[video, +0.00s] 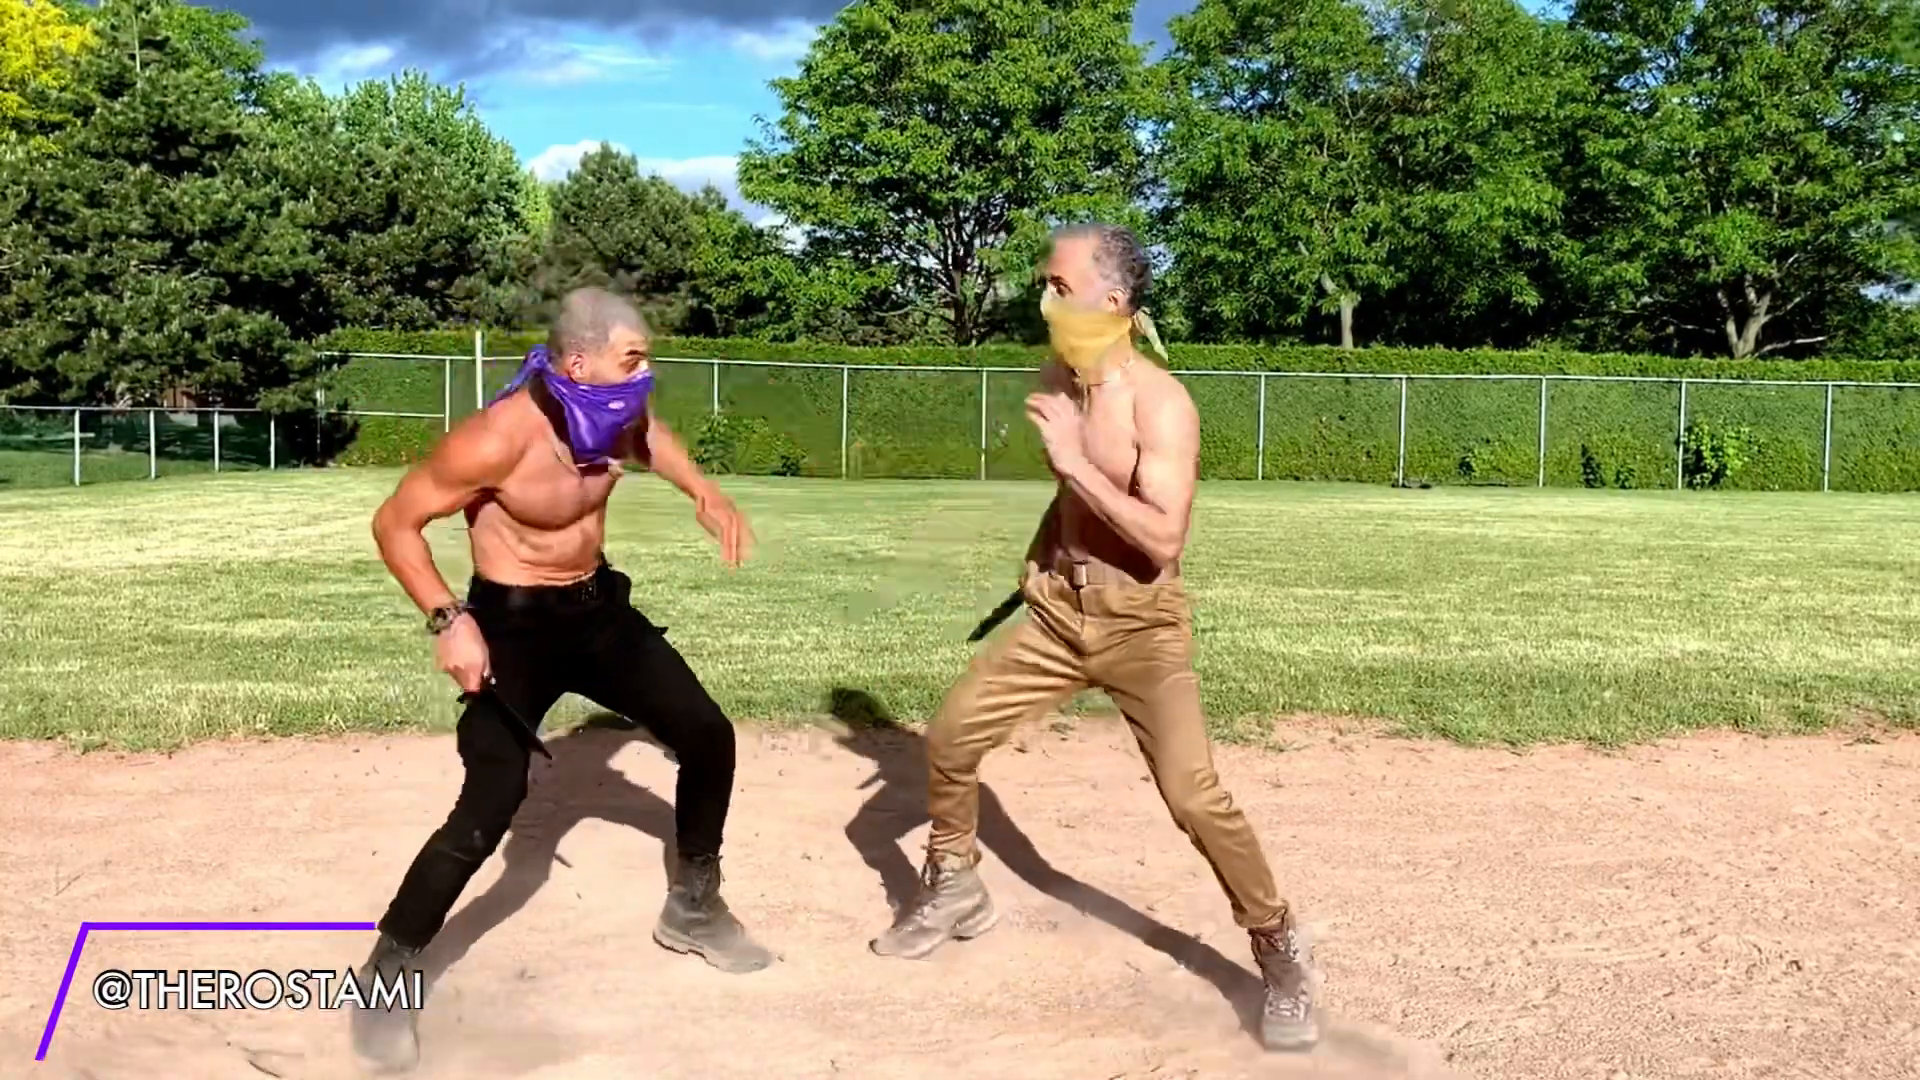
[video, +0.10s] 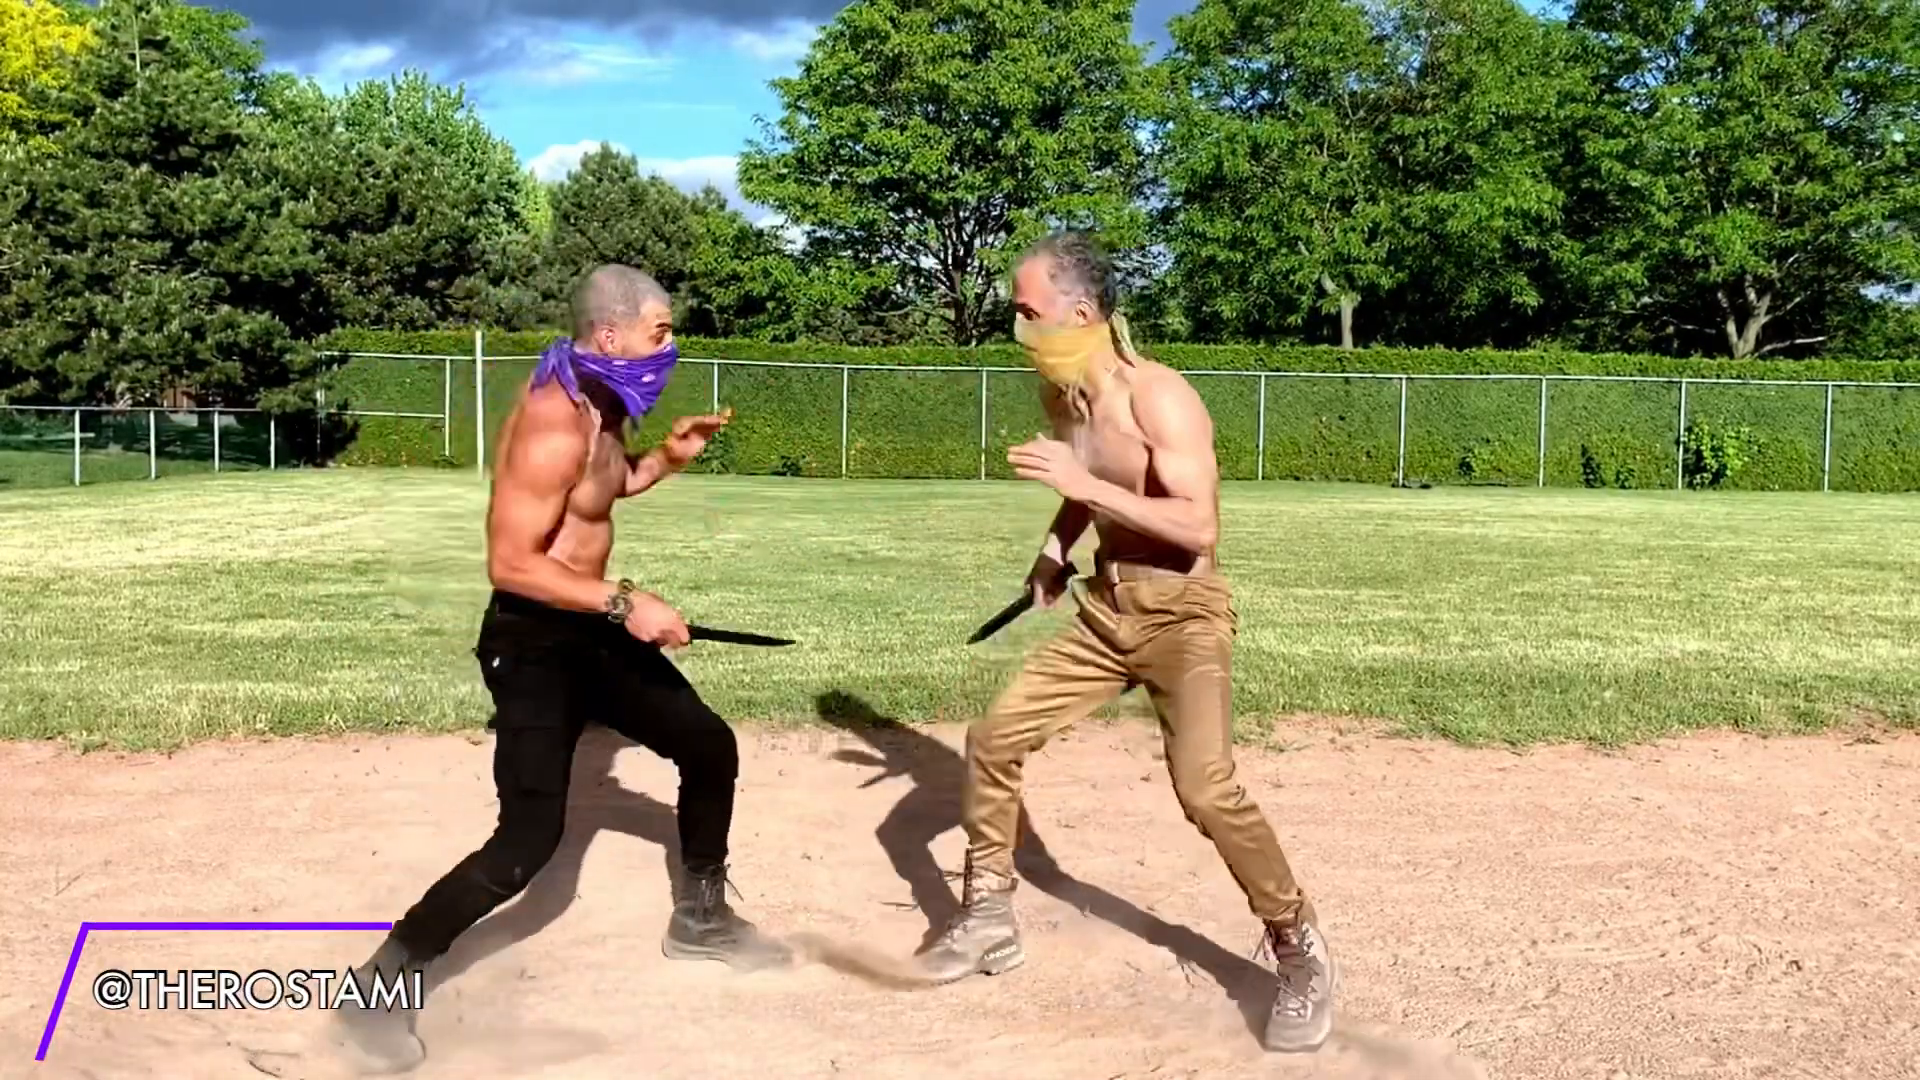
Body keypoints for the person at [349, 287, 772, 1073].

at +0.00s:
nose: (642, 374)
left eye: (645, 361)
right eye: (630, 359)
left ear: (610, 361)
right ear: (576, 359)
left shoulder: (617, 409)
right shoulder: (496, 437)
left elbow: (642, 432)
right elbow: (393, 521)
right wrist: (449, 619)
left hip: (599, 609)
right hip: (512, 622)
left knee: (708, 738)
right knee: (487, 808)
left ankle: (692, 906)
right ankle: (385, 977)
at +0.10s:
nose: (667, 350)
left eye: (669, 335)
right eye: (657, 334)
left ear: (615, 335)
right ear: (608, 335)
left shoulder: (598, 402)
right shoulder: (555, 417)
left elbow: (602, 492)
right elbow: (511, 565)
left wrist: (666, 460)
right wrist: (624, 603)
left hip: (588, 634)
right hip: (531, 641)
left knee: (710, 747)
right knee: (527, 841)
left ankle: (700, 916)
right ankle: (381, 983)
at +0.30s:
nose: (691, 327)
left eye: (691, 313)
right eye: (680, 312)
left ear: (626, 319)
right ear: (632, 318)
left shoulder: (602, 392)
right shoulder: (606, 391)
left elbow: (662, 479)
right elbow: (645, 515)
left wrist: (702, 439)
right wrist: (765, 549)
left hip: (611, 632)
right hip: (558, 636)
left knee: (722, 742)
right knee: (514, 827)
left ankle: (697, 914)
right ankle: (369, 983)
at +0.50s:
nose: (733, 342)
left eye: (735, 328)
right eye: (721, 326)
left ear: (706, 333)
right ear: (672, 329)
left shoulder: (710, 412)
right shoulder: (598, 410)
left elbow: (766, 463)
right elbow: (514, 505)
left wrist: (830, 484)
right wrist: (556, 604)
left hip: (669, 619)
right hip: (593, 623)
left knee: (775, 737)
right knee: (548, 814)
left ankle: (727, 891)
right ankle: (433, 961)